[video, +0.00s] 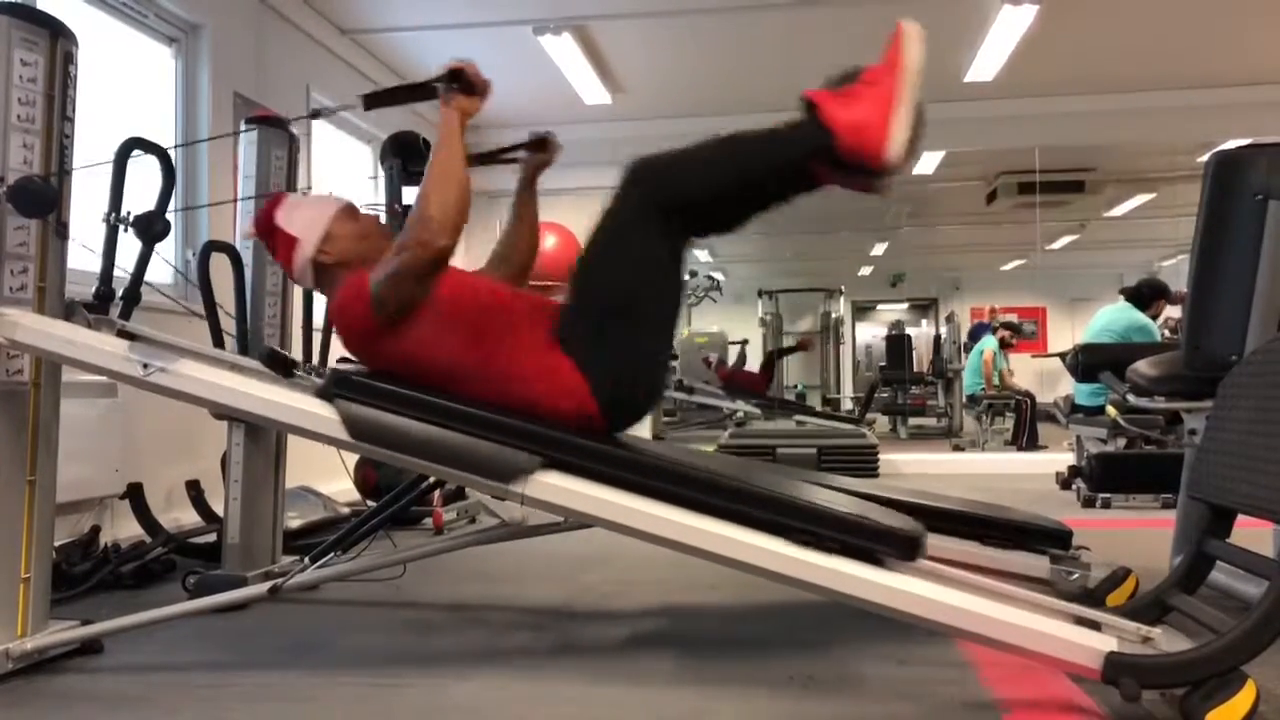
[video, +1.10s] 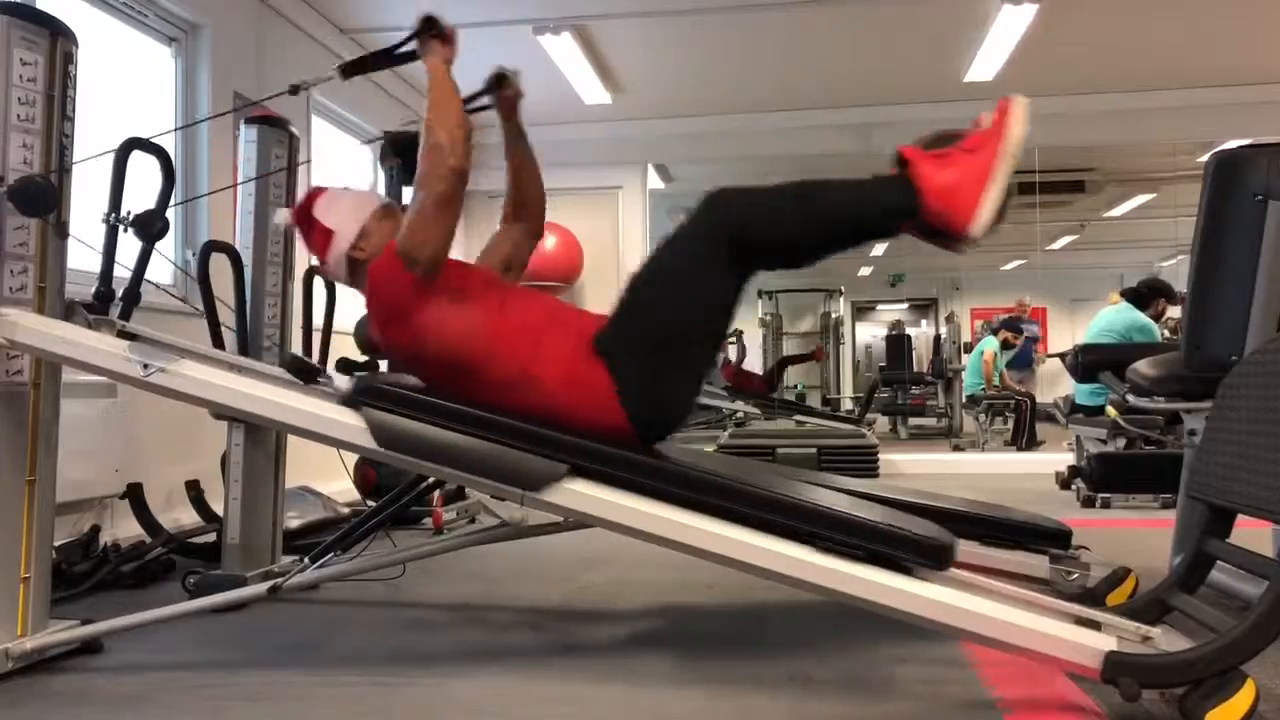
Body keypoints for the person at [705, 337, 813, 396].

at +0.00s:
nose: (723, 364)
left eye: (721, 363)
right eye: (720, 363)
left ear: (720, 365)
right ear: (718, 367)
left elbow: (740, 363)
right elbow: (738, 364)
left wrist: (742, 347)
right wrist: (742, 347)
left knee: (771, 355)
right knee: (771, 356)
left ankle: (798, 347)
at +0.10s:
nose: (718, 357)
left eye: (716, 357)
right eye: (715, 357)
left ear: (710, 363)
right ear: (714, 361)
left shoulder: (721, 370)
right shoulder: (720, 373)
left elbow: (737, 362)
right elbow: (737, 362)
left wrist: (744, 348)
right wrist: (746, 348)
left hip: (753, 380)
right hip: (755, 382)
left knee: (759, 354)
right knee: (759, 355)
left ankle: (787, 342)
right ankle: (788, 342)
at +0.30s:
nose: (711, 353)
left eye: (708, 352)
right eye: (708, 352)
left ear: (701, 360)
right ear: (706, 356)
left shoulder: (711, 367)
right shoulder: (711, 367)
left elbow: (731, 365)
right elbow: (731, 364)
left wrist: (748, 359)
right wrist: (749, 360)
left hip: (743, 379)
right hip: (744, 378)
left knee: (741, 349)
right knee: (741, 350)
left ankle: (767, 340)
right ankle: (768, 340)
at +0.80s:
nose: (710, 350)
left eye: (707, 350)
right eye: (707, 350)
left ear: (703, 359)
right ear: (706, 355)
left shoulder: (713, 369)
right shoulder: (716, 366)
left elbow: (732, 360)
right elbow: (736, 359)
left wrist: (746, 350)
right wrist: (749, 350)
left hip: (746, 384)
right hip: (749, 381)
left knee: (753, 354)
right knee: (754, 354)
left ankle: (780, 344)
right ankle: (782, 344)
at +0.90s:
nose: (716, 355)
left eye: (714, 354)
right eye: (713, 355)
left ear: (708, 362)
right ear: (712, 359)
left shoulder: (718, 370)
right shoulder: (720, 369)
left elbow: (735, 358)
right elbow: (736, 358)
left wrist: (745, 344)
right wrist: (747, 343)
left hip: (750, 384)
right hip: (753, 384)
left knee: (764, 356)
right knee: (764, 355)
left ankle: (793, 349)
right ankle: (794, 349)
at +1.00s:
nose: (721, 357)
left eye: (719, 356)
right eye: (718, 357)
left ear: (712, 364)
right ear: (716, 361)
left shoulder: (724, 371)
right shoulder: (725, 371)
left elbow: (738, 356)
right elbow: (739, 355)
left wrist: (742, 340)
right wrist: (743, 339)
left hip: (757, 385)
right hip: (759, 383)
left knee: (774, 358)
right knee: (774, 357)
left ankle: (802, 353)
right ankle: (803, 352)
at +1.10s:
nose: (725, 350)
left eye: (724, 348)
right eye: (723, 348)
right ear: (723, 357)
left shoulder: (727, 371)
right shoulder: (730, 372)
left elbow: (740, 357)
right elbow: (741, 357)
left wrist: (738, 340)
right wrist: (740, 339)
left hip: (763, 384)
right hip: (765, 385)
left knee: (783, 362)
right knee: (783, 362)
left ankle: (812, 356)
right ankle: (813, 356)